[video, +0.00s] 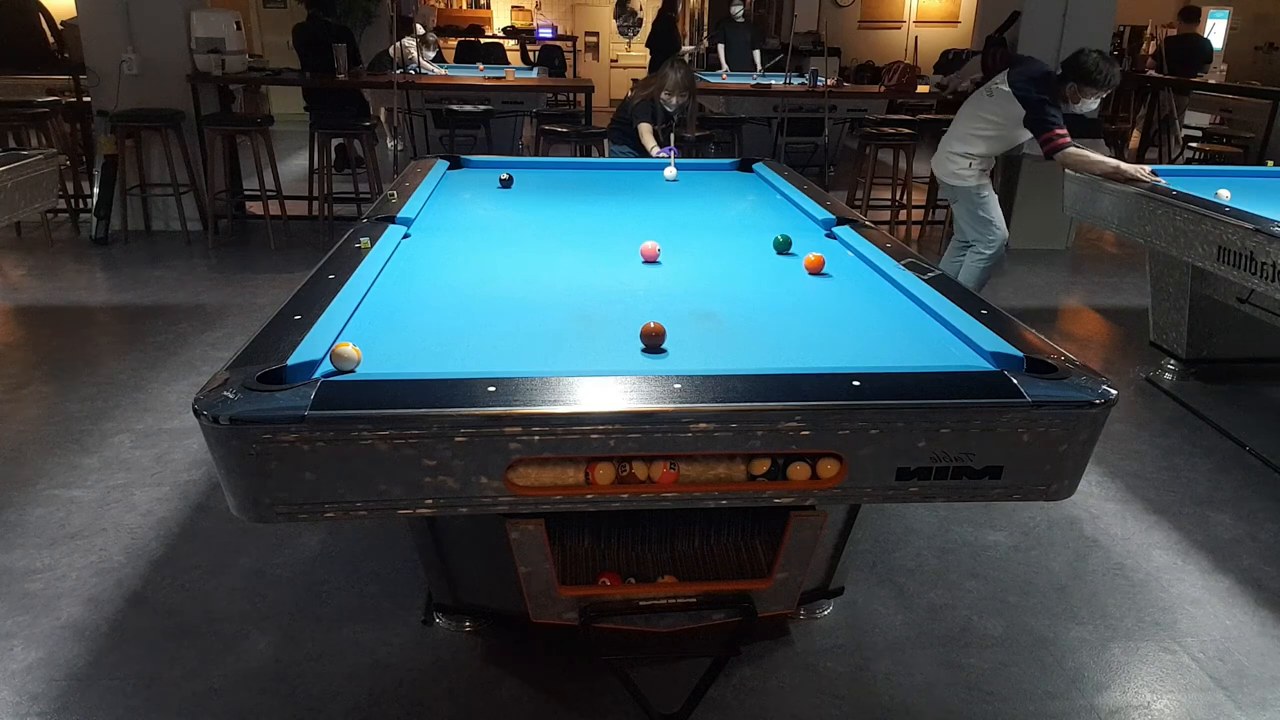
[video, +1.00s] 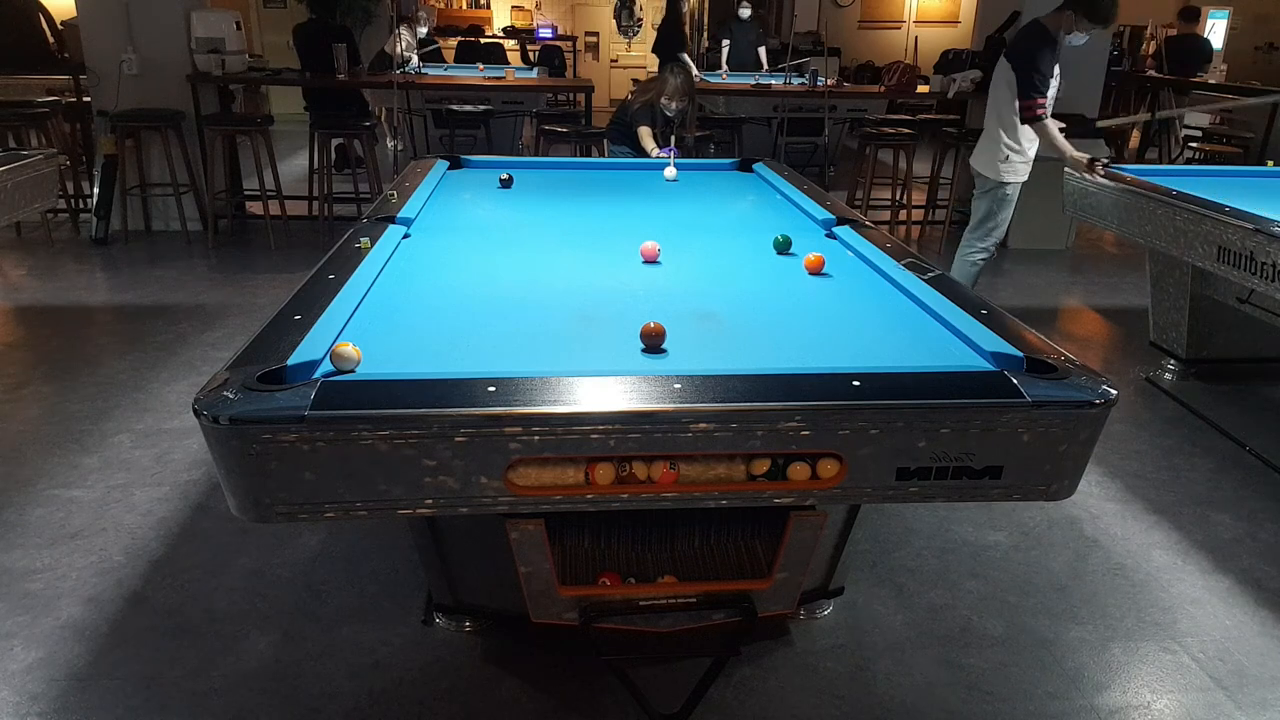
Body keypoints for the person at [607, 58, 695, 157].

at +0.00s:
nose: (674, 102)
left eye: (682, 96)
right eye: (668, 94)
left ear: (690, 94)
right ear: (658, 88)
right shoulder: (643, 99)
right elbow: (645, 131)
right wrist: (656, 151)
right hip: (625, 143)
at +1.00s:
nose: (674, 106)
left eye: (682, 101)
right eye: (668, 99)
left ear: (690, 98)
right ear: (658, 93)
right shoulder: (642, 101)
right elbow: (645, 135)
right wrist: (656, 153)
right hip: (623, 142)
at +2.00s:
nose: (674, 106)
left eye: (681, 101)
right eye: (667, 99)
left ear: (689, 98)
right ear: (658, 93)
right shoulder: (643, 101)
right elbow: (645, 135)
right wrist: (656, 153)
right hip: (623, 142)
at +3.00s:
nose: (673, 106)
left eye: (681, 100)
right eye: (667, 99)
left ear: (689, 99)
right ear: (657, 93)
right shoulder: (642, 102)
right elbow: (644, 136)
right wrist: (656, 153)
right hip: (623, 142)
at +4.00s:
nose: (673, 104)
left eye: (680, 98)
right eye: (666, 96)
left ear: (689, 97)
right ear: (656, 91)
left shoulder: (686, 104)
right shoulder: (641, 100)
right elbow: (643, 134)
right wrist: (656, 153)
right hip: (622, 143)